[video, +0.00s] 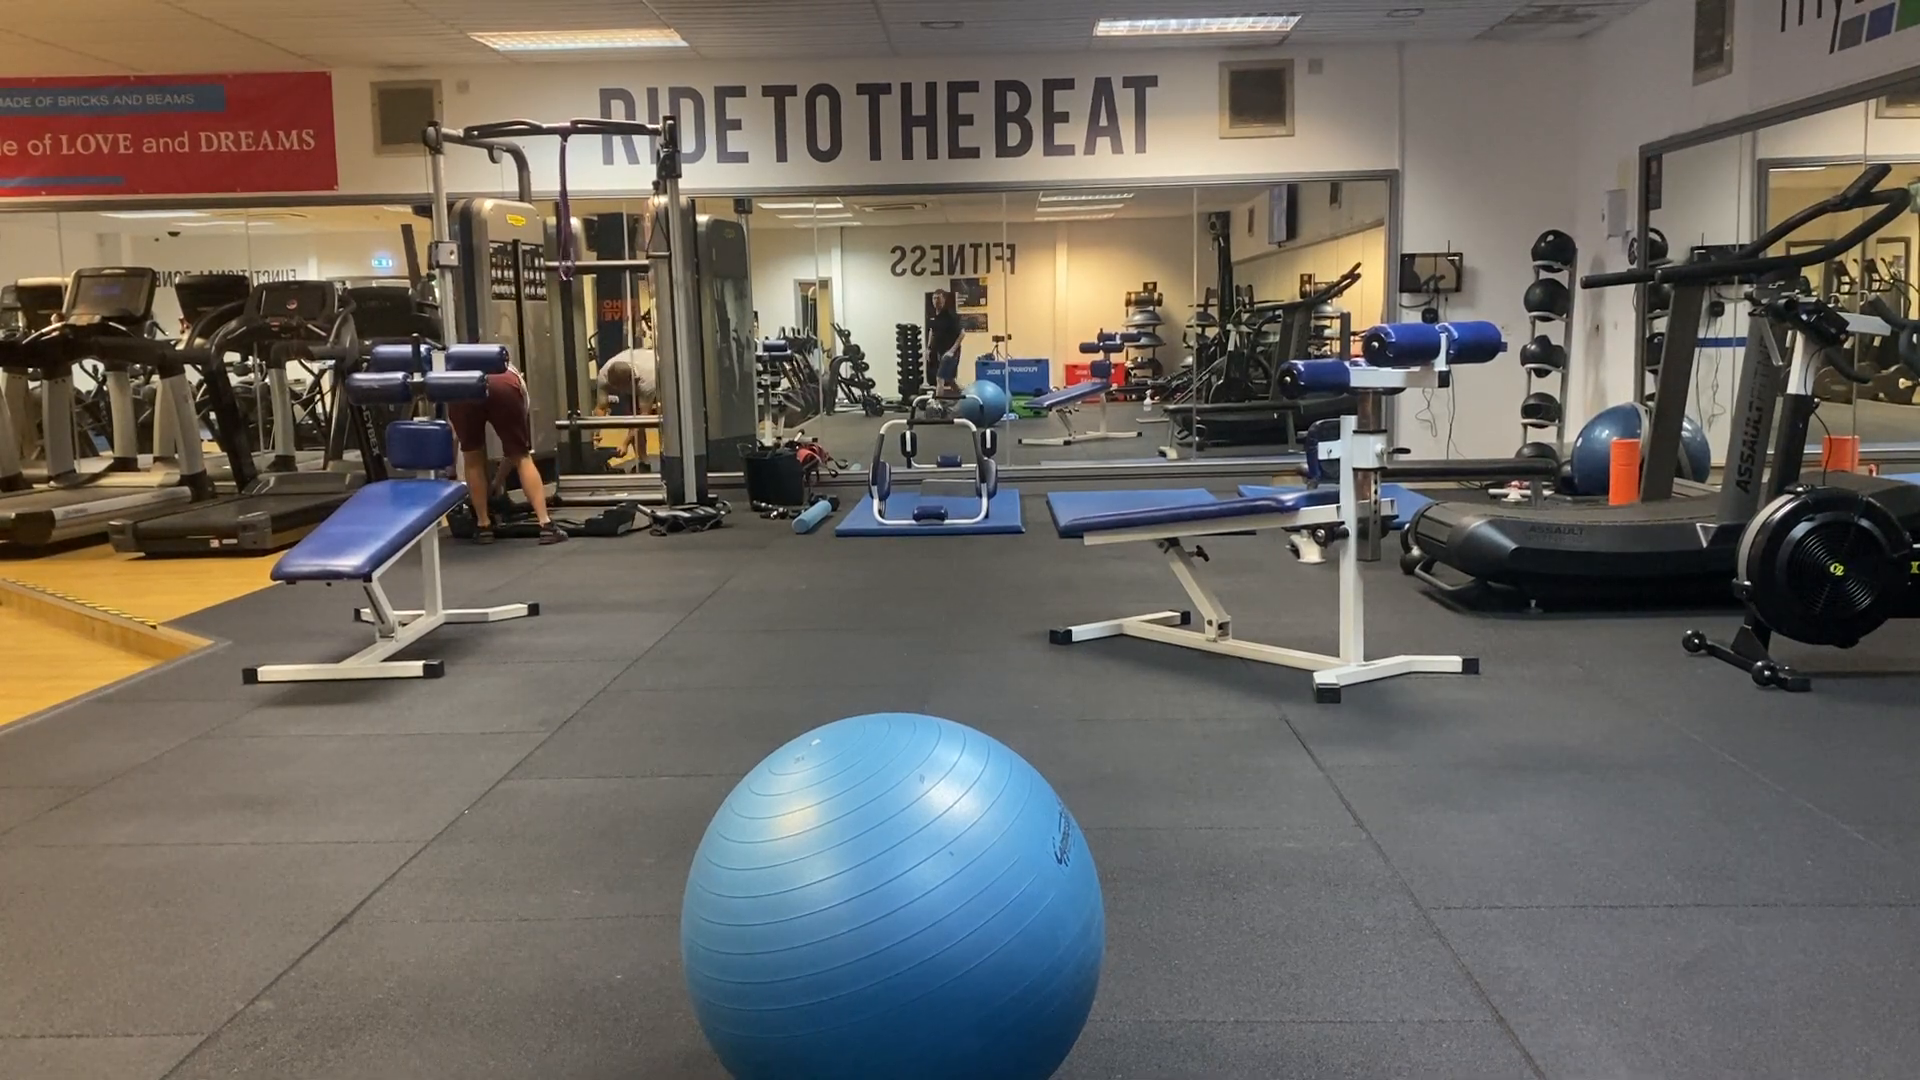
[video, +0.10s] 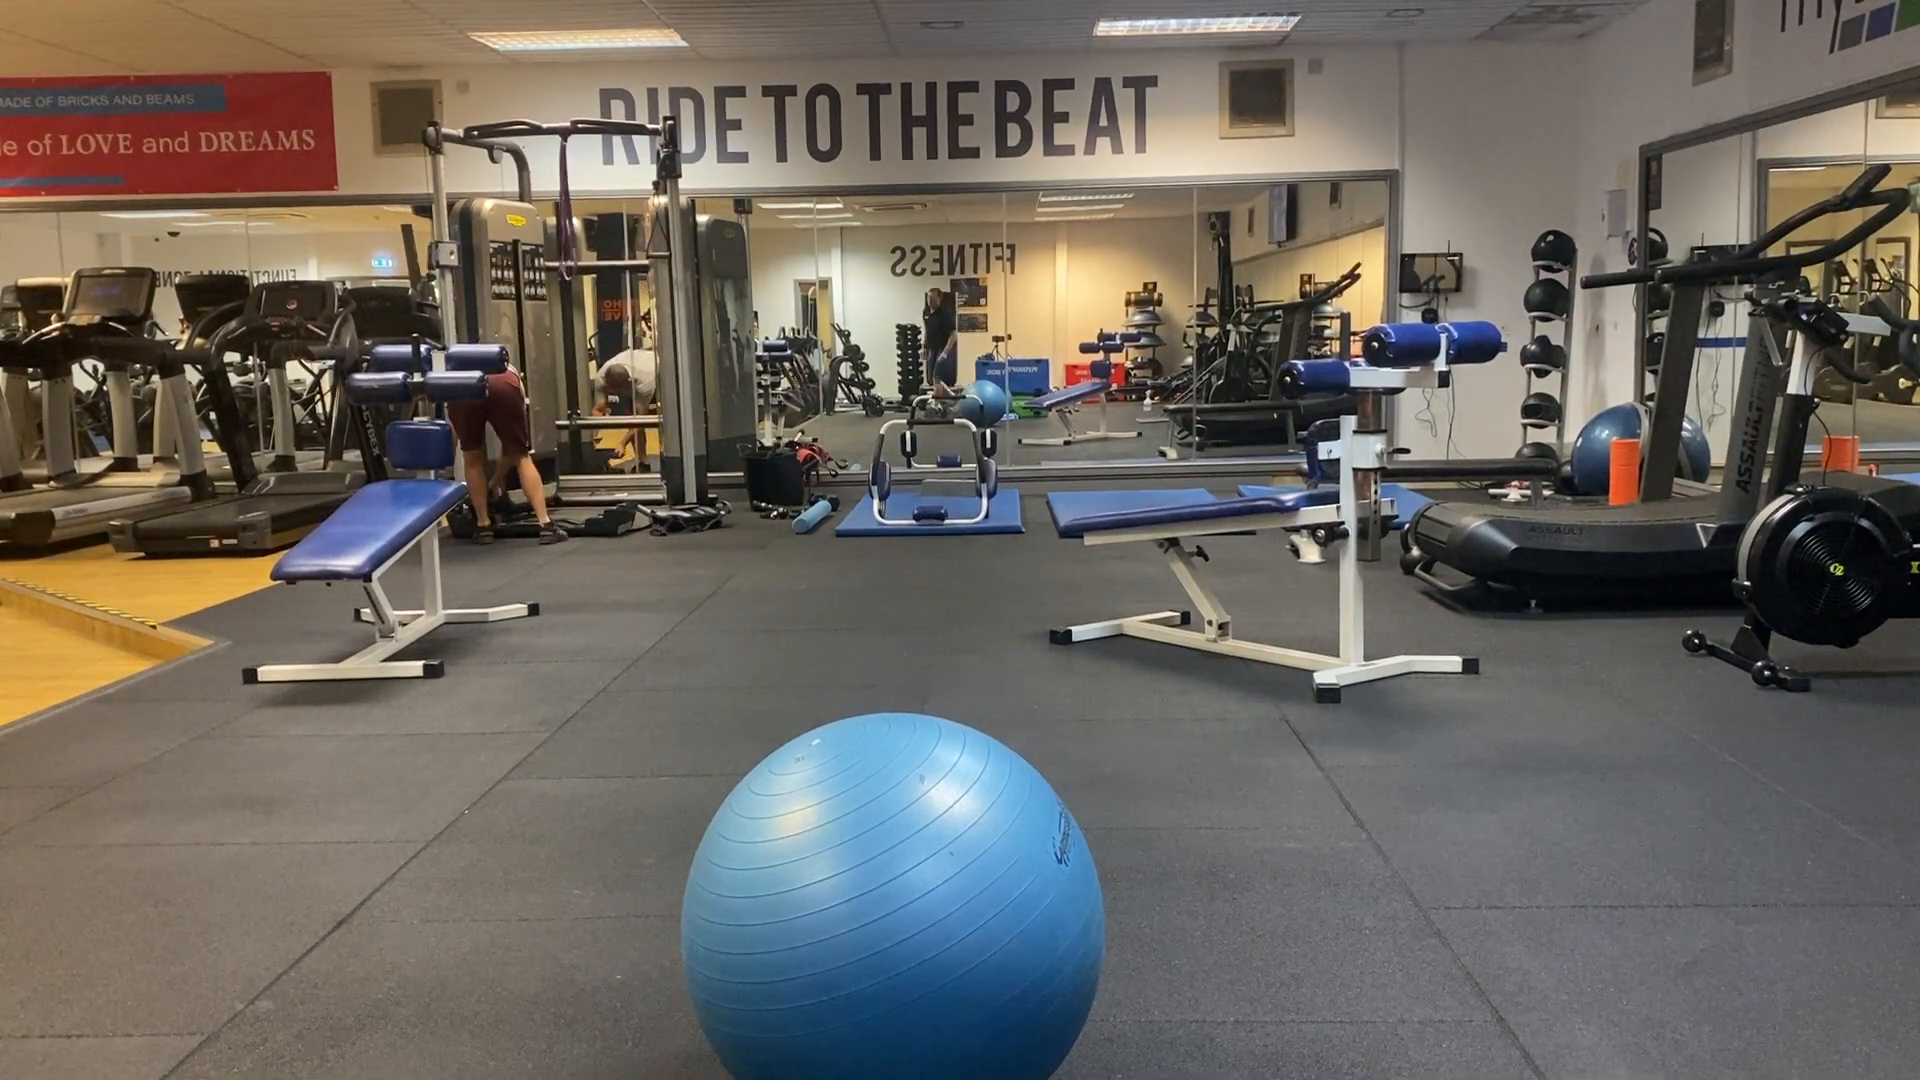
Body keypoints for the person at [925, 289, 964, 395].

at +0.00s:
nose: (937, 301)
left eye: (939, 298)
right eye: (934, 298)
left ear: (944, 300)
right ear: (932, 301)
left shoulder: (951, 315)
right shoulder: (934, 316)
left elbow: (962, 333)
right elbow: (932, 332)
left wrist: (952, 351)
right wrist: (928, 348)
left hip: (951, 351)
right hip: (939, 351)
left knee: (940, 377)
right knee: (950, 379)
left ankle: (937, 403)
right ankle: (963, 397)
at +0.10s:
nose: (930, 300)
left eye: (932, 298)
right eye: (928, 297)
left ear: (939, 298)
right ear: (927, 298)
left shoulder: (945, 313)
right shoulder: (926, 312)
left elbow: (954, 334)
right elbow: (926, 332)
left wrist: (945, 352)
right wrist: (924, 347)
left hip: (943, 348)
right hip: (931, 348)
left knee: (939, 377)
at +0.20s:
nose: (924, 296)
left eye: (927, 294)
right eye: (924, 294)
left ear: (934, 296)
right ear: (923, 295)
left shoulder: (941, 310)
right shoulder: (921, 309)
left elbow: (948, 331)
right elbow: (920, 328)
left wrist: (941, 351)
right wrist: (918, 344)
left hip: (937, 346)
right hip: (924, 345)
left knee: (936, 376)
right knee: (920, 376)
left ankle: (937, 401)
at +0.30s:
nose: (919, 296)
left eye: (922, 294)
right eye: (918, 294)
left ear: (930, 296)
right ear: (918, 295)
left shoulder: (937, 310)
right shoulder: (916, 309)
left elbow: (943, 331)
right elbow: (915, 328)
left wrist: (938, 349)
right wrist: (912, 345)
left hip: (933, 348)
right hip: (919, 347)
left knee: (934, 378)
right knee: (913, 376)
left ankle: (936, 403)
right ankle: (917, 402)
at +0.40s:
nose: (914, 297)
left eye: (917, 294)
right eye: (913, 294)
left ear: (925, 297)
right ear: (912, 296)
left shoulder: (932, 312)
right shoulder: (909, 311)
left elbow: (939, 334)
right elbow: (908, 330)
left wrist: (935, 351)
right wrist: (904, 347)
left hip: (928, 349)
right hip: (912, 349)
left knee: (933, 380)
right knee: (908, 378)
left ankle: (937, 406)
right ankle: (903, 406)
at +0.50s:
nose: (906, 297)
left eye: (909, 295)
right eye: (906, 295)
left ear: (917, 298)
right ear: (907, 297)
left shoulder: (927, 313)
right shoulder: (902, 312)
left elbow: (933, 335)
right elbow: (899, 332)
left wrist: (933, 353)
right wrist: (893, 349)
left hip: (922, 353)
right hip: (905, 353)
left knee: (929, 382)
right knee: (902, 380)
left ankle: (935, 406)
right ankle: (899, 408)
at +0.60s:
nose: (899, 296)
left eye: (903, 295)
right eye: (900, 294)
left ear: (911, 298)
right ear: (900, 297)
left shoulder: (920, 314)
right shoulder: (895, 312)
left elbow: (928, 334)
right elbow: (891, 331)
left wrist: (930, 353)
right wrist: (885, 350)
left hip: (915, 353)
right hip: (898, 353)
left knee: (920, 382)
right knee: (895, 381)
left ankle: (930, 407)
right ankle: (896, 409)